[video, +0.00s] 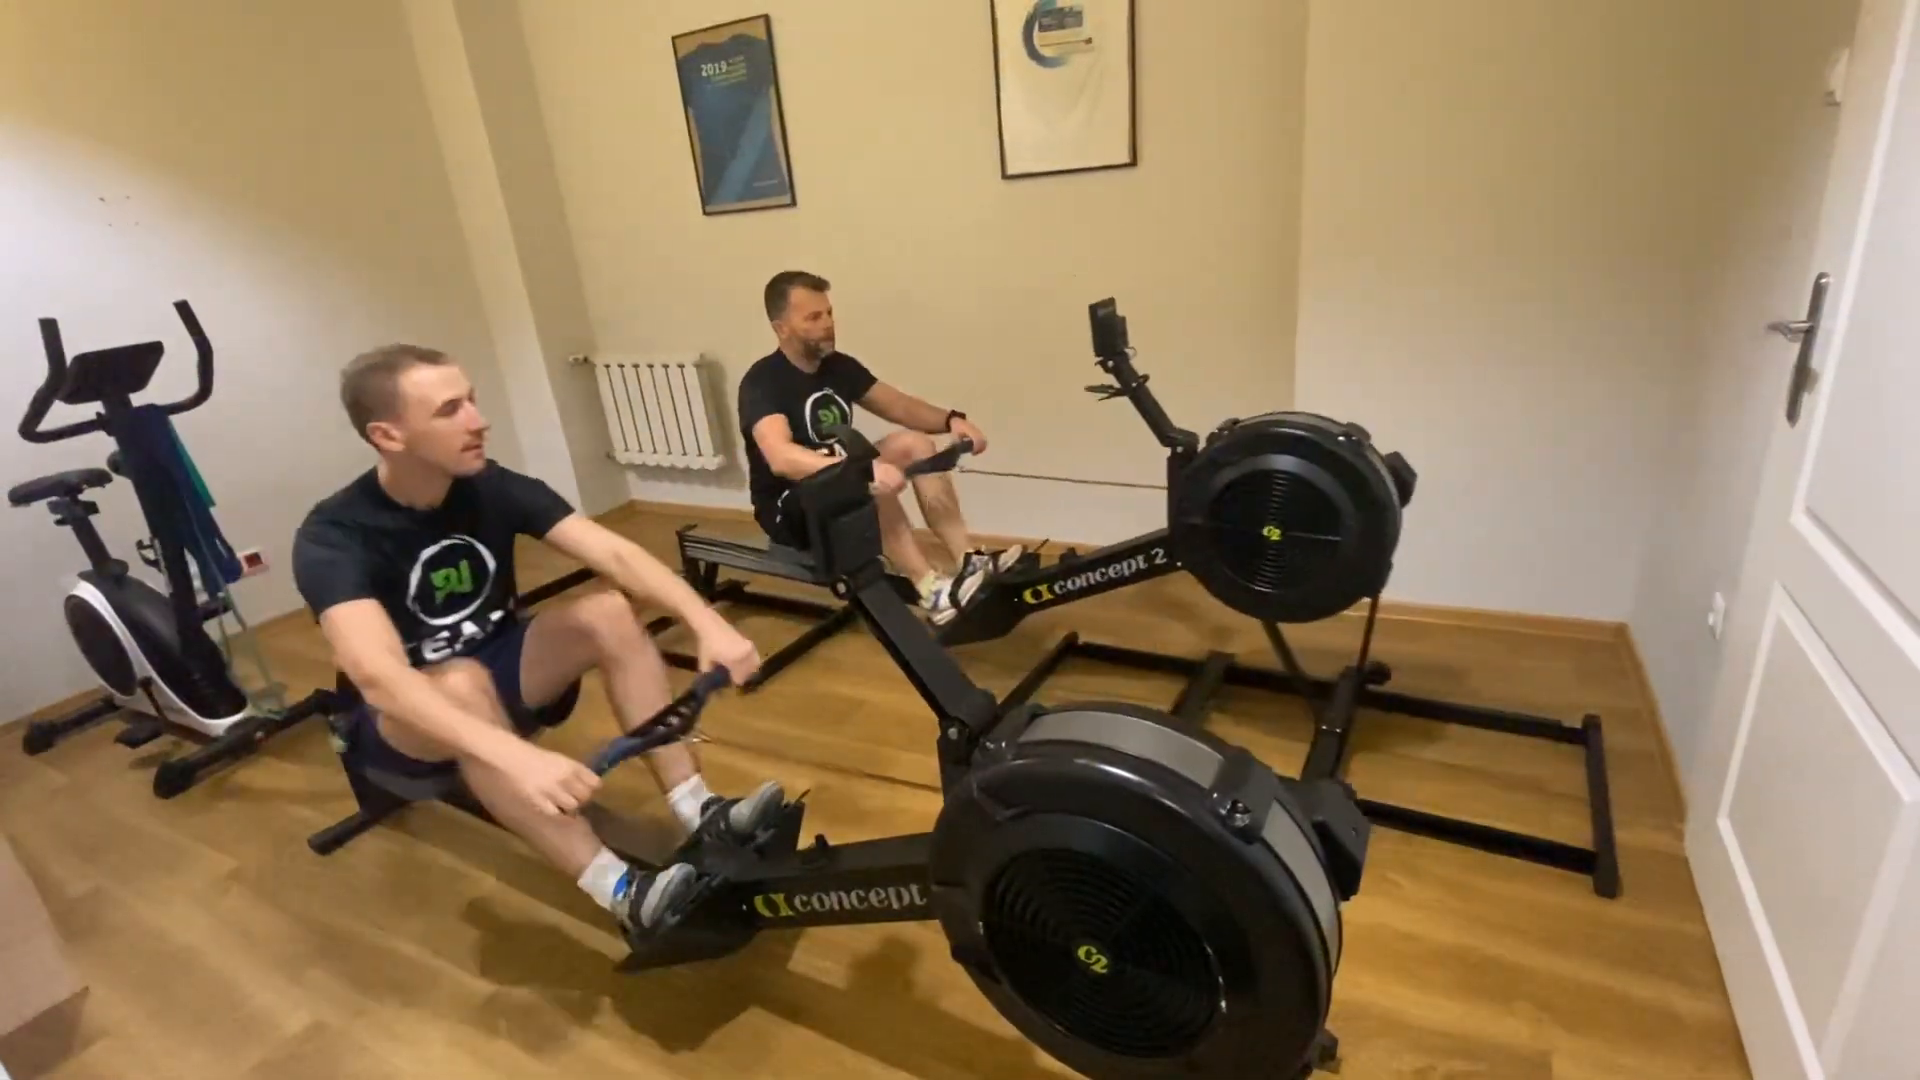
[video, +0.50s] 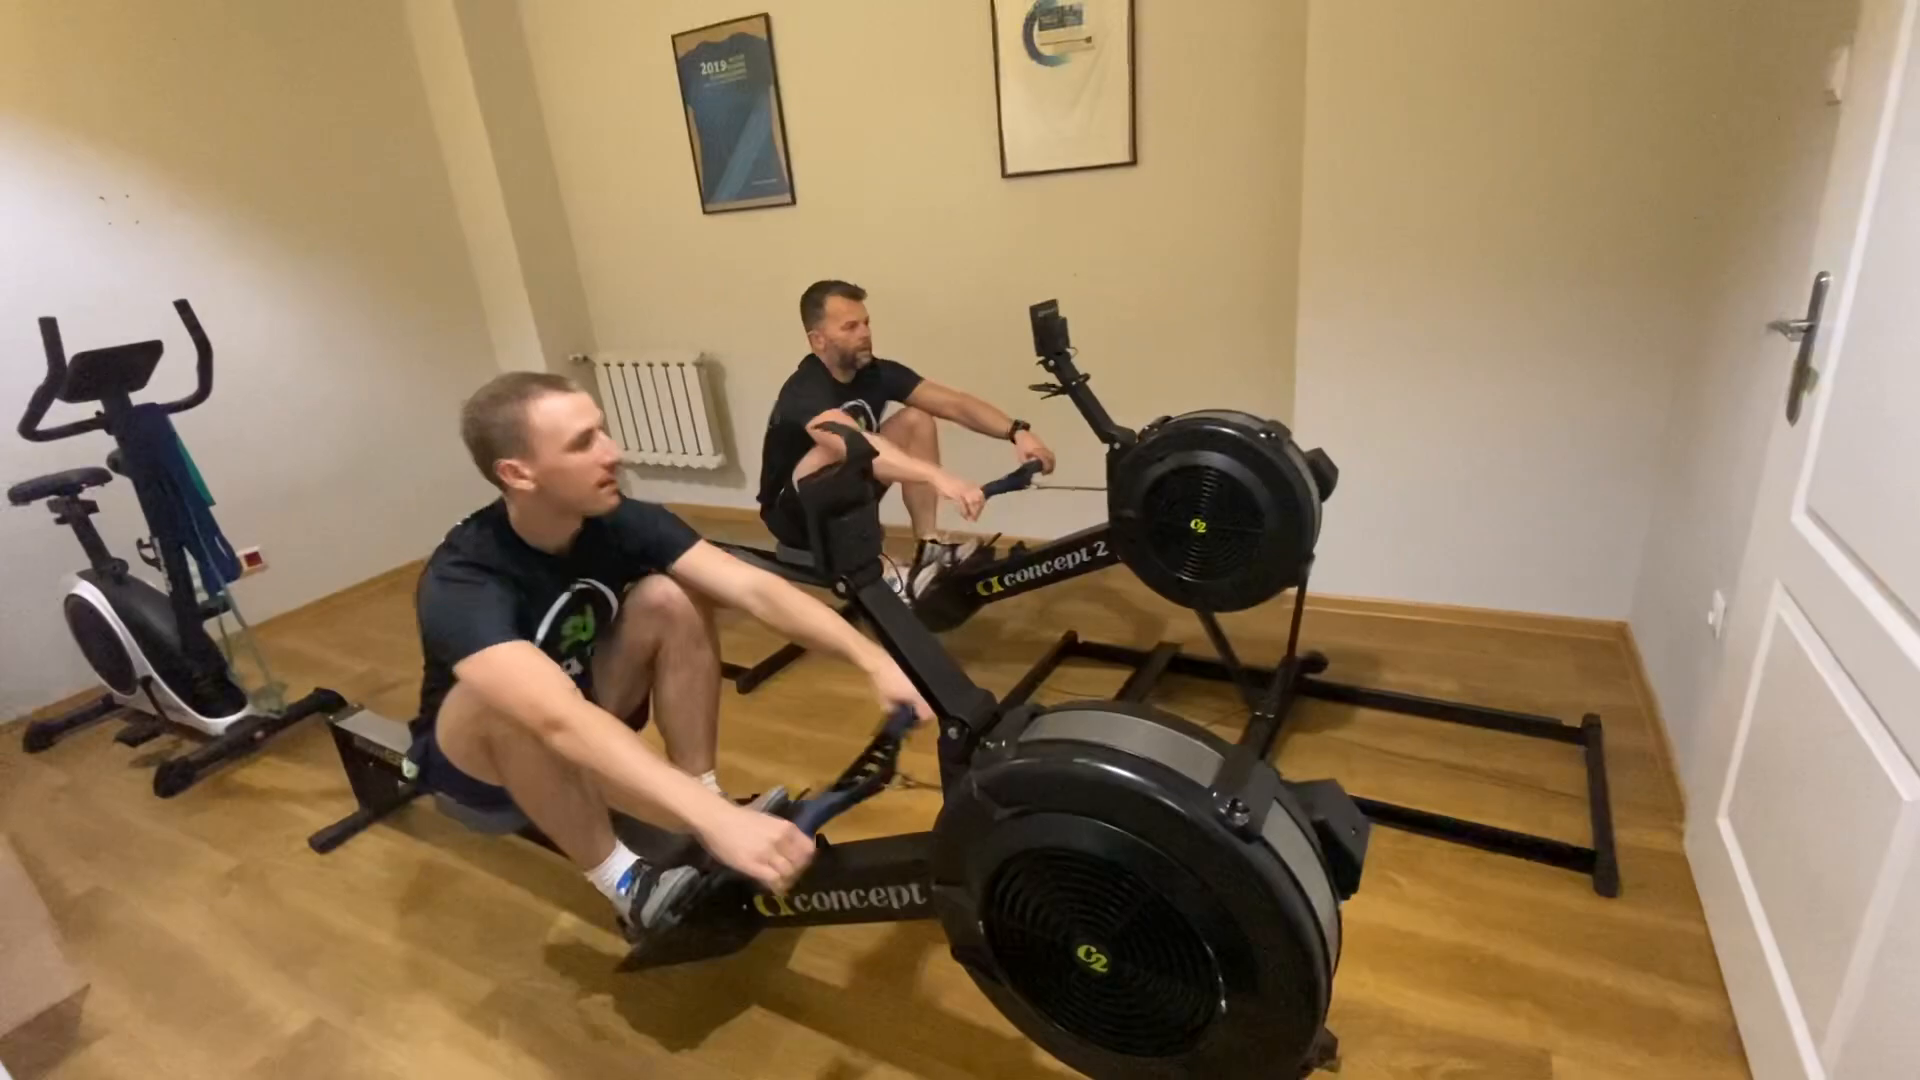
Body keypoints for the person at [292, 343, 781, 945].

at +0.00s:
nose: (478, 421)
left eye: (470, 401)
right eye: (450, 411)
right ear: (387, 437)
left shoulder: (492, 489)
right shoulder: (334, 539)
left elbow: (615, 553)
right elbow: (383, 679)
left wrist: (706, 622)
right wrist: (517, 758)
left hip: (498, 671)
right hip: (403, 714)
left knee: (609, 612)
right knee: (462, 680)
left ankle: (701, 815)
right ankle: (626, 892)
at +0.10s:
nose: (508, 427)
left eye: (500, 407)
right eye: (480, 417)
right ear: (416, 444)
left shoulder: (521, 495)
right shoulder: (359, 546)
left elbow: (646, 561)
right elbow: (420, 690)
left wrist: (743, 630)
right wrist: (557, 774)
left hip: (514, 676)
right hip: (416, 722)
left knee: (626, 607)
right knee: (470, 679)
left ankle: (703, 814)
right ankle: (626, 893)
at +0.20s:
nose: (536, 431)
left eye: (528, 412)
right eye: (508, 422)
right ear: (445, 451)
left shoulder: (550, 500)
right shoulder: (387, 553)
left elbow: (673, 566)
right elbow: (456, 698)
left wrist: (780, 639)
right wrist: (602, 791)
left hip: (530, 683)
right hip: (431, 729)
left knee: (641, 604)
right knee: (482, 675)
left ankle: (701, 813)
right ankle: (631, 891)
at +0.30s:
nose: (566, 439)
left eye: (557, 420)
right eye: (539, 429)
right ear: (474, 458)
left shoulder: (578, 509)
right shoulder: (417, 560)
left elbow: (703, 574)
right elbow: (482, 706)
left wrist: (817, 647)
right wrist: (639, 800)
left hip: (549, 694)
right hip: (450, 739)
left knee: (654, 604)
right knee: (490, 676)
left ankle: (702, 809)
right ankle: (625, 890)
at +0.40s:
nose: (595, 448)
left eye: (585, 427)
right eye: (566, 437)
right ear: (501, 468)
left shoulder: (604, 516)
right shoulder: (443, 574)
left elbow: (732, 582)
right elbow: (528, 719)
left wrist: (852, 656)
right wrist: (683, 815)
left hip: (564, 711)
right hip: (469, 761)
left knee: (661, 600)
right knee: (502, 692)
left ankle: (707, 804)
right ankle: (626, 889)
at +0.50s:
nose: (613, 453)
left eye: (603, 433)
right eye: (585, 443)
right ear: (517, 475)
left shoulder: (623, 524)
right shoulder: (462, 585)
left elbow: (756, 589)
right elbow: (564, 720)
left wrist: (874, 659)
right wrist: (720, 823)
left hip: (583, 739)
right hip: (484, 784)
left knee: (666, 601)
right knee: (512, 693)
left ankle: (703, 806)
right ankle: (626, 884)